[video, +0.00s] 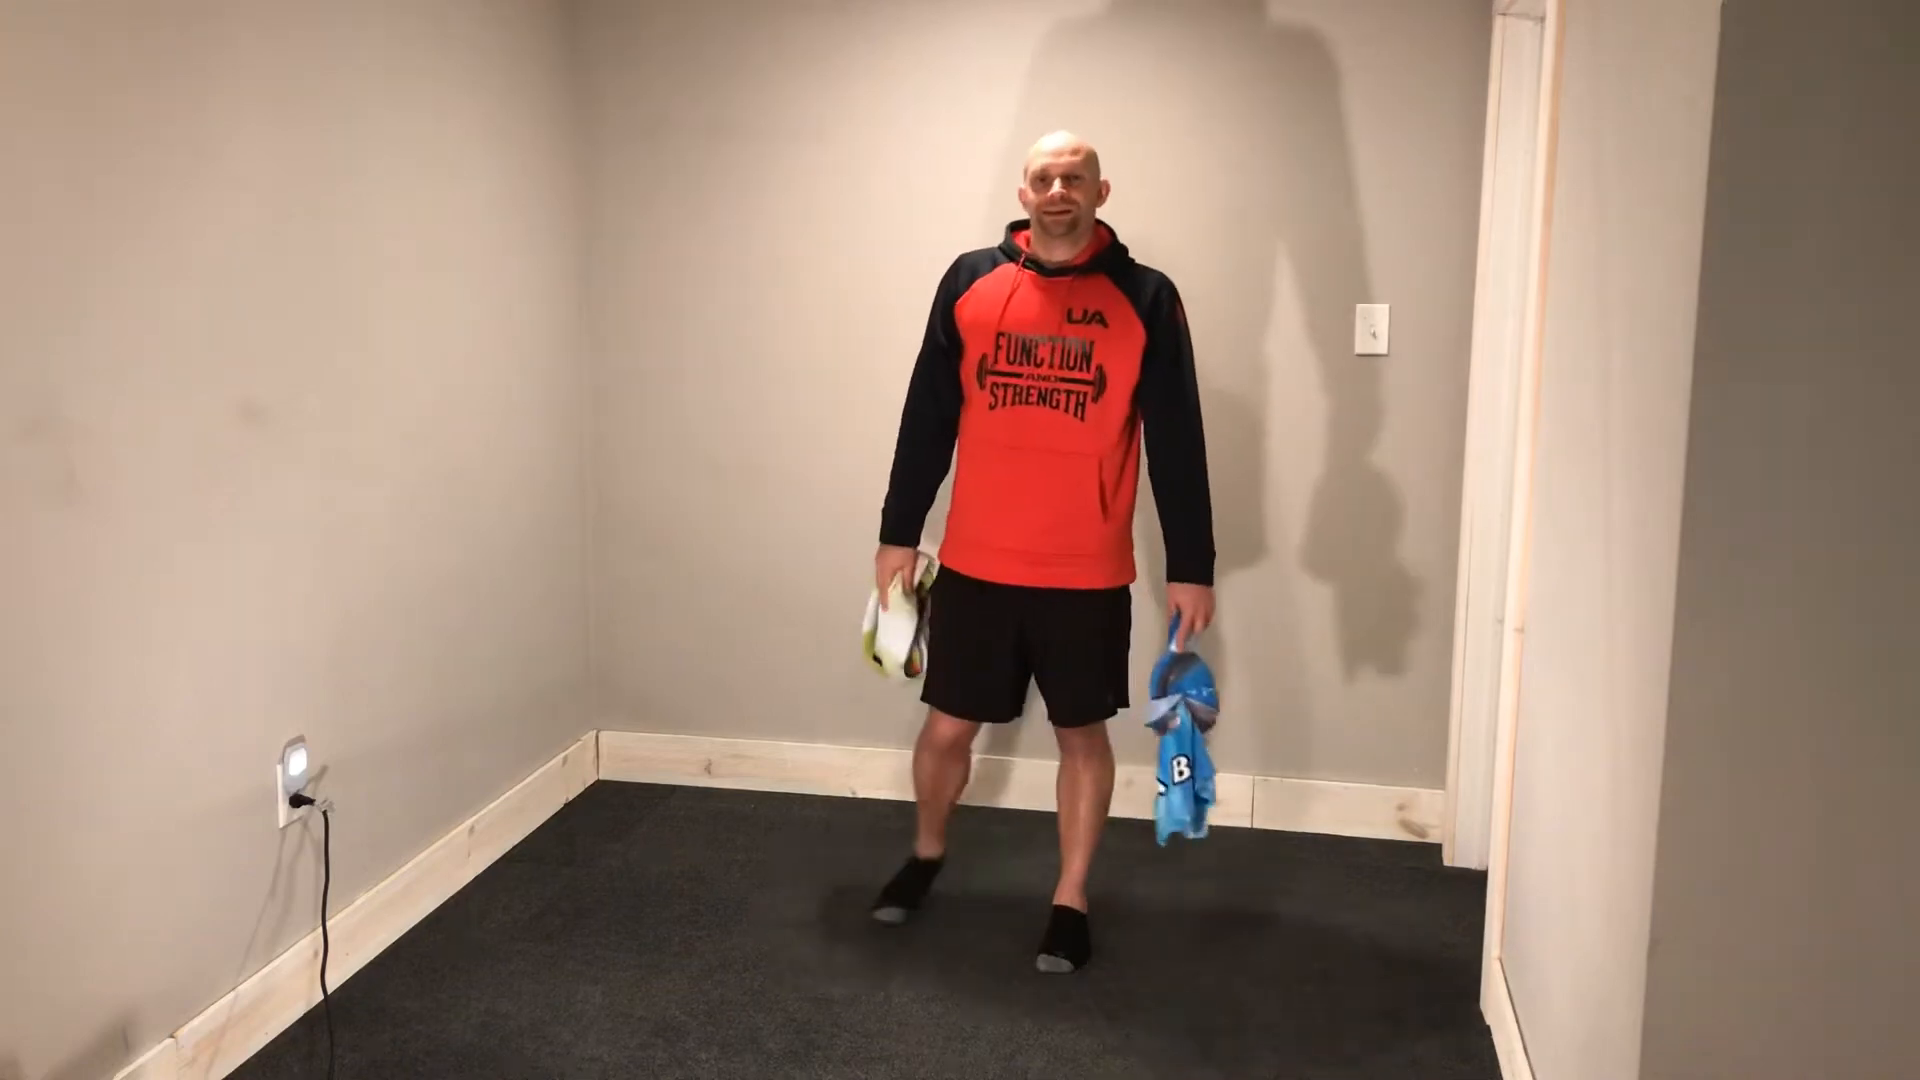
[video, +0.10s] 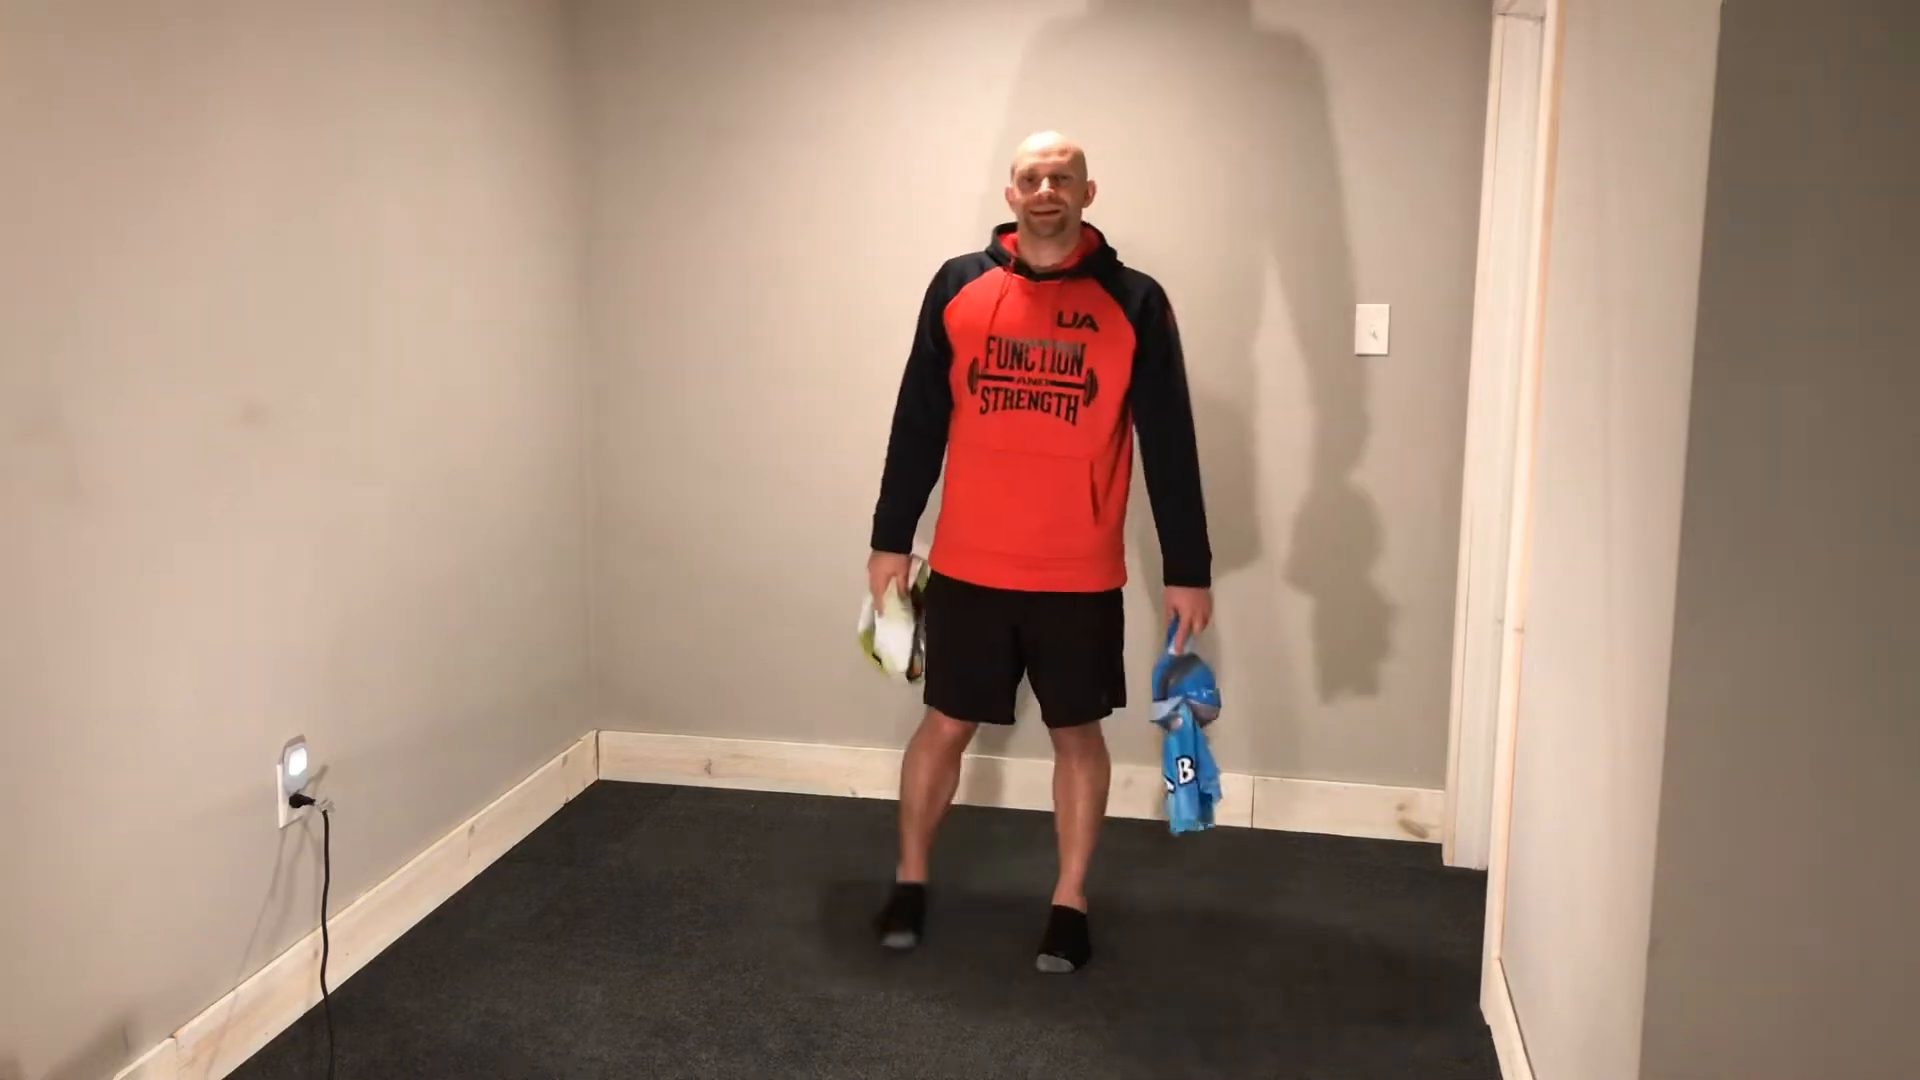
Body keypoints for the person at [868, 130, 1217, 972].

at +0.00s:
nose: (1059, 190)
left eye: (1076, 178)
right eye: (1045, 177)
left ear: (1103, 195)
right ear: (1021, 194)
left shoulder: (1146, 299)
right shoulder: (970, 282)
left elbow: (1178, 439)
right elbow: (929, 414)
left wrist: (1191, 566)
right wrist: (899, 533)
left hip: (1085, 570)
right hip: (978, 560)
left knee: (1081, 733)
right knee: (946, 727)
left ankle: (1070, 904)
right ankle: (924, 858)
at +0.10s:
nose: (1046, 190)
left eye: (1063, 179)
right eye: (1032, 178)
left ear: (1088, 196)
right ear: (1009, 193)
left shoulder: (1134, 304)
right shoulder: (959, 288)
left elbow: (1171, 444)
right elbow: (919, 421)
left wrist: (1188, 571)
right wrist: (891, 540)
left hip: (1078, 571)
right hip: (970, 562)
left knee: (1076, 731)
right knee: (947, 721)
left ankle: (1069, 905)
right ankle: (909, 884)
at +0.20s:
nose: (1031, 192)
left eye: (1047, 179)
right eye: (1016, 179)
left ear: (1070, 195)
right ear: (993, 193)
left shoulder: (1118, 303)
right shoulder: (942, 289)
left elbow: (1154, 443)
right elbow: (904, 424)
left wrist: (1176, 569)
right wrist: (878, 544)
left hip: (1065, 569)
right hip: (957, 562)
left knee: (1069, 730)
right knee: (938, 723)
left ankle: (1068, 907)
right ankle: (915, 891)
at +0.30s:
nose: (1018, 189)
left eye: (1034, 177)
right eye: (1003, 177)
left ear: (1057, 195)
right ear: (979, 193)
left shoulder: (1105, 301)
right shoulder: (929, 288)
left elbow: (1141, 438)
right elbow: (892, 423)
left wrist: (1163, 564)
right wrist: (866, 544)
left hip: (1056, 568)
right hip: (948, 563)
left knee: (1063, 730)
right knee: (933, 723)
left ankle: (1067, 906)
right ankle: (914, 890)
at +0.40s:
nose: (999, 188)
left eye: (1014, 177)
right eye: (983, 177)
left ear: (1037, 195)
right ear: (957, 195)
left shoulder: (1084, 297)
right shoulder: (909, 291)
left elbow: (1120, 434)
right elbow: (872, 427)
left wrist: (1142, 559)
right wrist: (846, 548)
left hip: (1042, 567)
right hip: (932, 565)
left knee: (1053, 728)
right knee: (924, 724)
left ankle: (1067, 907)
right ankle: (912, 891)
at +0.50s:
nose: (976, 189)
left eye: (991, 178)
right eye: (959, 177)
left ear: (1014, 197)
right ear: (934, 196)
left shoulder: (1064, 295)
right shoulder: (889, 294)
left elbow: (1099, 430)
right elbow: (855, 430)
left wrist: (1119, 553)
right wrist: (829, 551)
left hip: (1028, 564)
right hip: (919, 565)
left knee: (1042, 726)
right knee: (919, 721)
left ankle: (1065, 905)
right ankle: (912, 889)